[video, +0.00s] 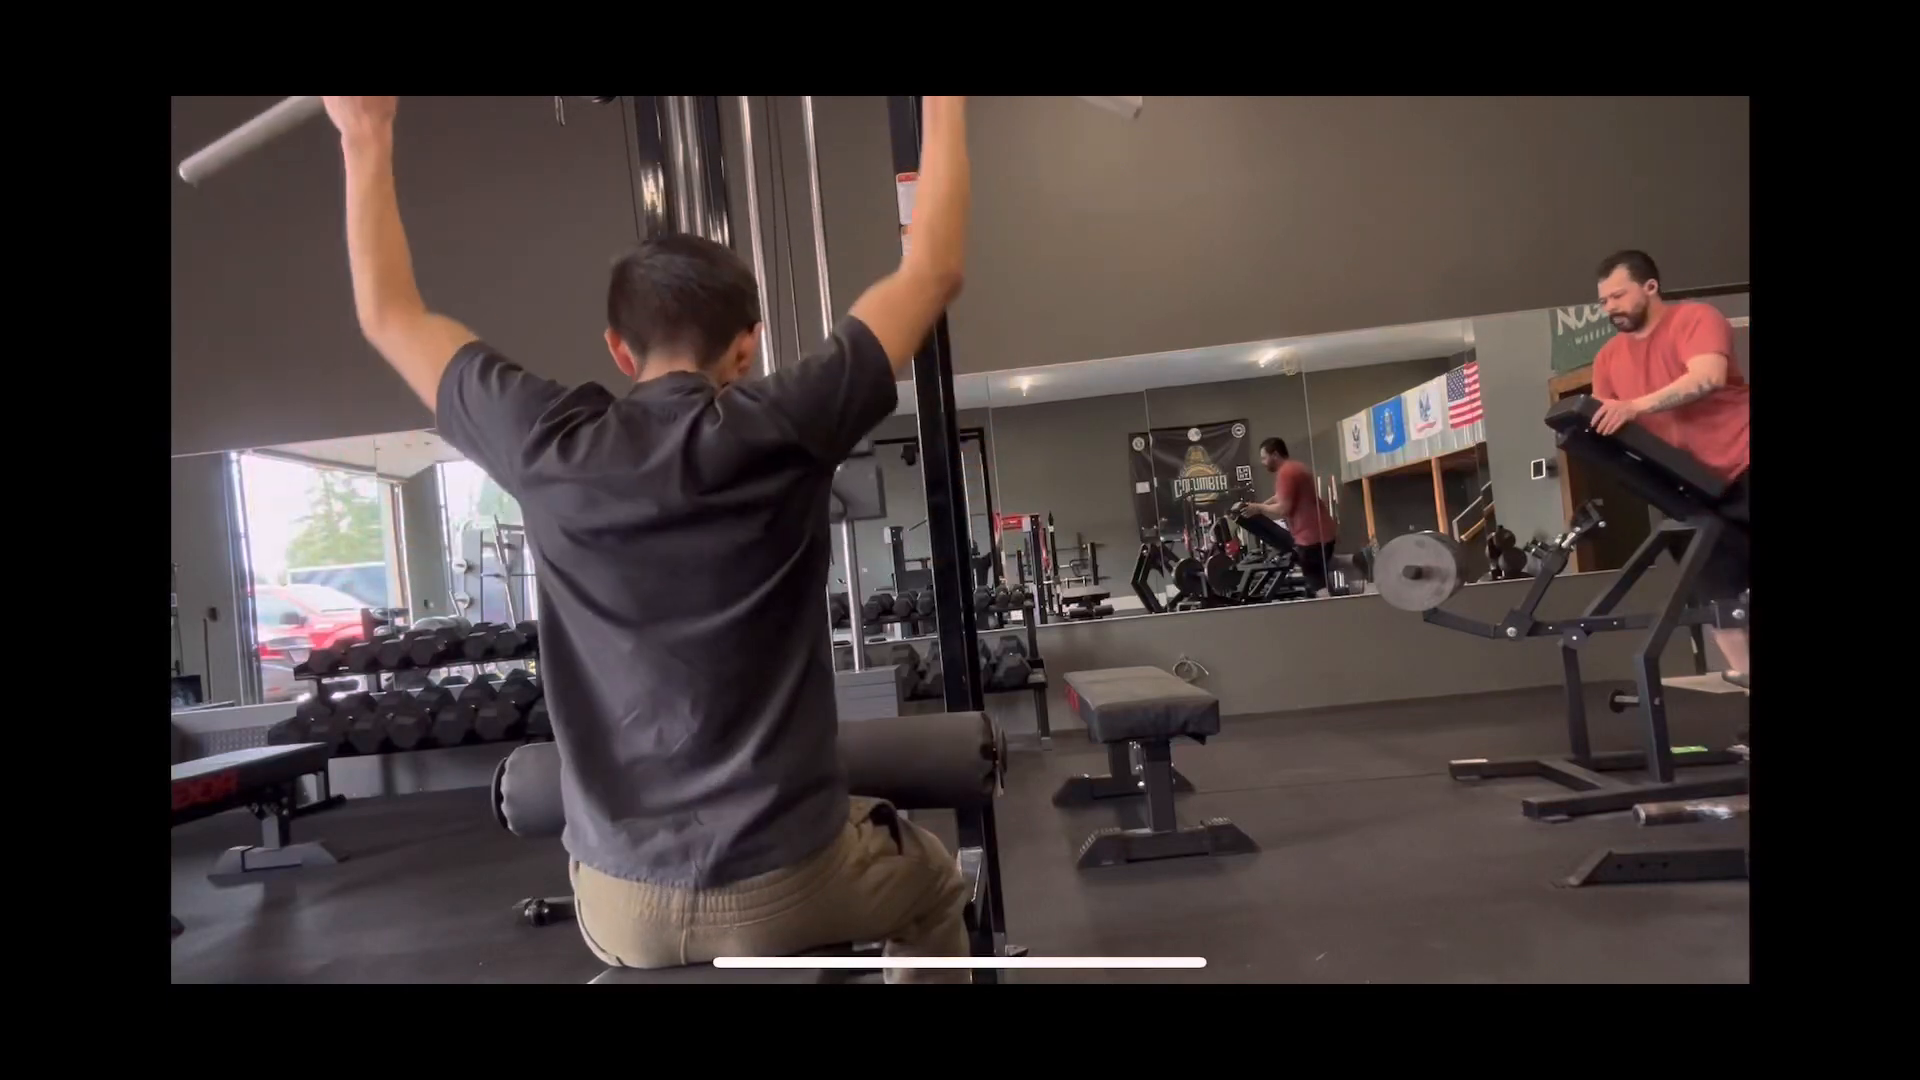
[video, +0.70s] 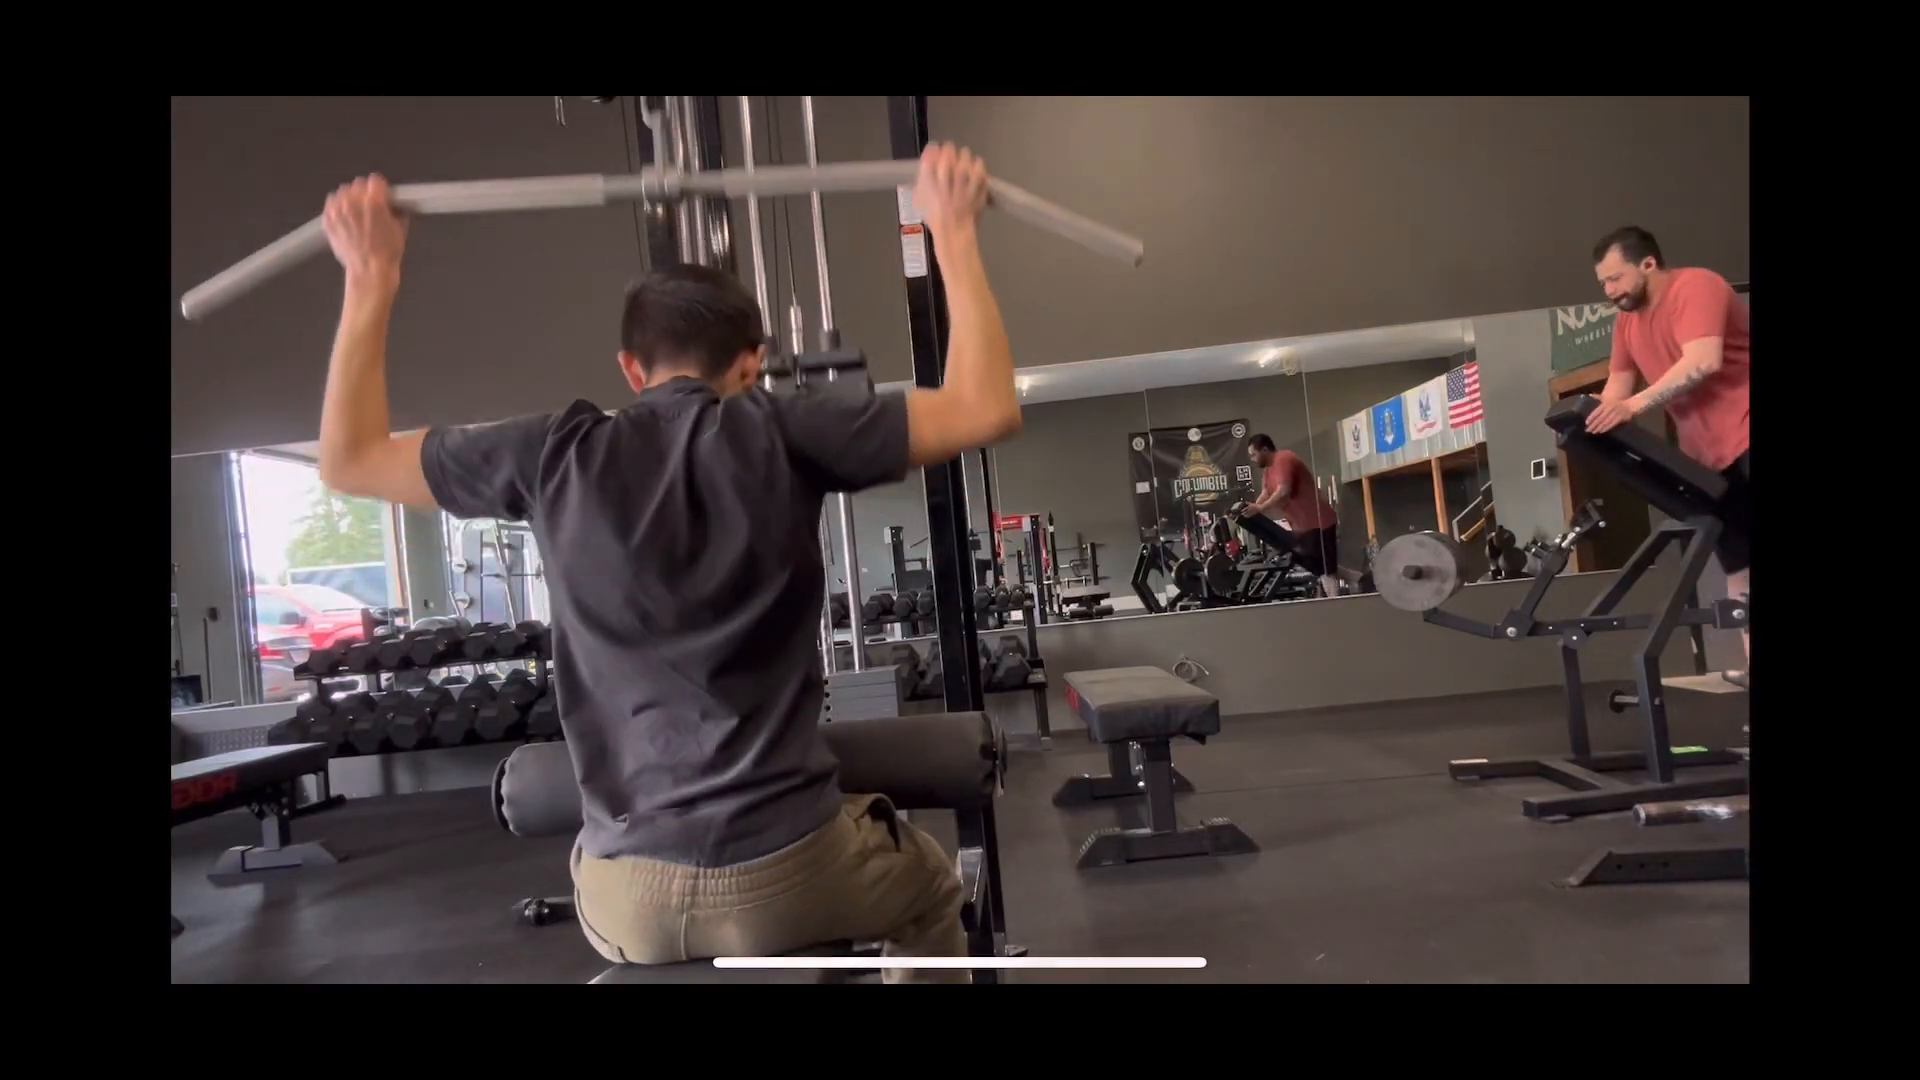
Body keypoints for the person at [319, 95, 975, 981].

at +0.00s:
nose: (758, 355)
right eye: (755, 340)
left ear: (619, 352)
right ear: (746, 346)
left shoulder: (545, 438)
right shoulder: (785, 423)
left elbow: (389, 314)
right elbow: (933, 272)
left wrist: (364, 139)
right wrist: (945, 102)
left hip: (617, 903)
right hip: (784, 893)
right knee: (932, 883)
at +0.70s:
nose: (762, 382)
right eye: (762, 368)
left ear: (629, 369)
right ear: (751, 365)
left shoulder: (552, 453)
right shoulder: (781, 431)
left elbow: (347, 458)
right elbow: (986, 408)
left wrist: (367, 278)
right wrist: (956, 231)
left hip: (619, 888)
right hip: (787, 879)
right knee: (931, 893)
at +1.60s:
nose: (773, 361)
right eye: (772, 346)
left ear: (636, 358)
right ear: (761, 354)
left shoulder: (562, 434)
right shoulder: (795, 419)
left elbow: (396, 328)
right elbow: (950, 286)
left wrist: (378, 150)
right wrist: (951, 108)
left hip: (628, 896)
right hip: (795, 889)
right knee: (934, 893)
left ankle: (630, 968)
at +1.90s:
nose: (746, 316)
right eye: (743, 301)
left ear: (589, 319)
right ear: (727, 313)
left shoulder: (533, 426)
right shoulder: (772, 407)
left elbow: (391, 264)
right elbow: (911, 238)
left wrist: (350, 100)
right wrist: (934, 90)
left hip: (619, 898)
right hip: (786, 888)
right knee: (930, 887)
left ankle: (640, 968)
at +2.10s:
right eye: (722, 290)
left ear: (570, 320)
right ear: (716, 311)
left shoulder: (513, 459)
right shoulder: (766, 438)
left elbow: (332, 386)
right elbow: (968, 349)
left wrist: (348, 204)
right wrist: (955, 165)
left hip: (613, 915)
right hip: (776, 899)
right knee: (924, 881)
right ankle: (927, 979)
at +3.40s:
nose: (716, 282)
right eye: (709, 273)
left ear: (560, 337)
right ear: (705, 318)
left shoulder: (537, 421)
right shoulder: (769, 391)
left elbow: (420, 234)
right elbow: (884, 209)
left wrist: (357, 92)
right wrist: (920, 84)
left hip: (618, 899)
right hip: (786, 891)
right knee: (919, 859)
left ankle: (630, 967)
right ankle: (934, 975)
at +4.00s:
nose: (673, 310)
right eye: (669, 297)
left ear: (506, 347)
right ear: (658, 328)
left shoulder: (472, 472)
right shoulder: (742, 448)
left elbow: (298, 358)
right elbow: (945, 333)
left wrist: (305, 159)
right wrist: (941, 134)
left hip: (612, 914)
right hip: (778, 902)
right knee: (918, 864)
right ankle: (926, 981)